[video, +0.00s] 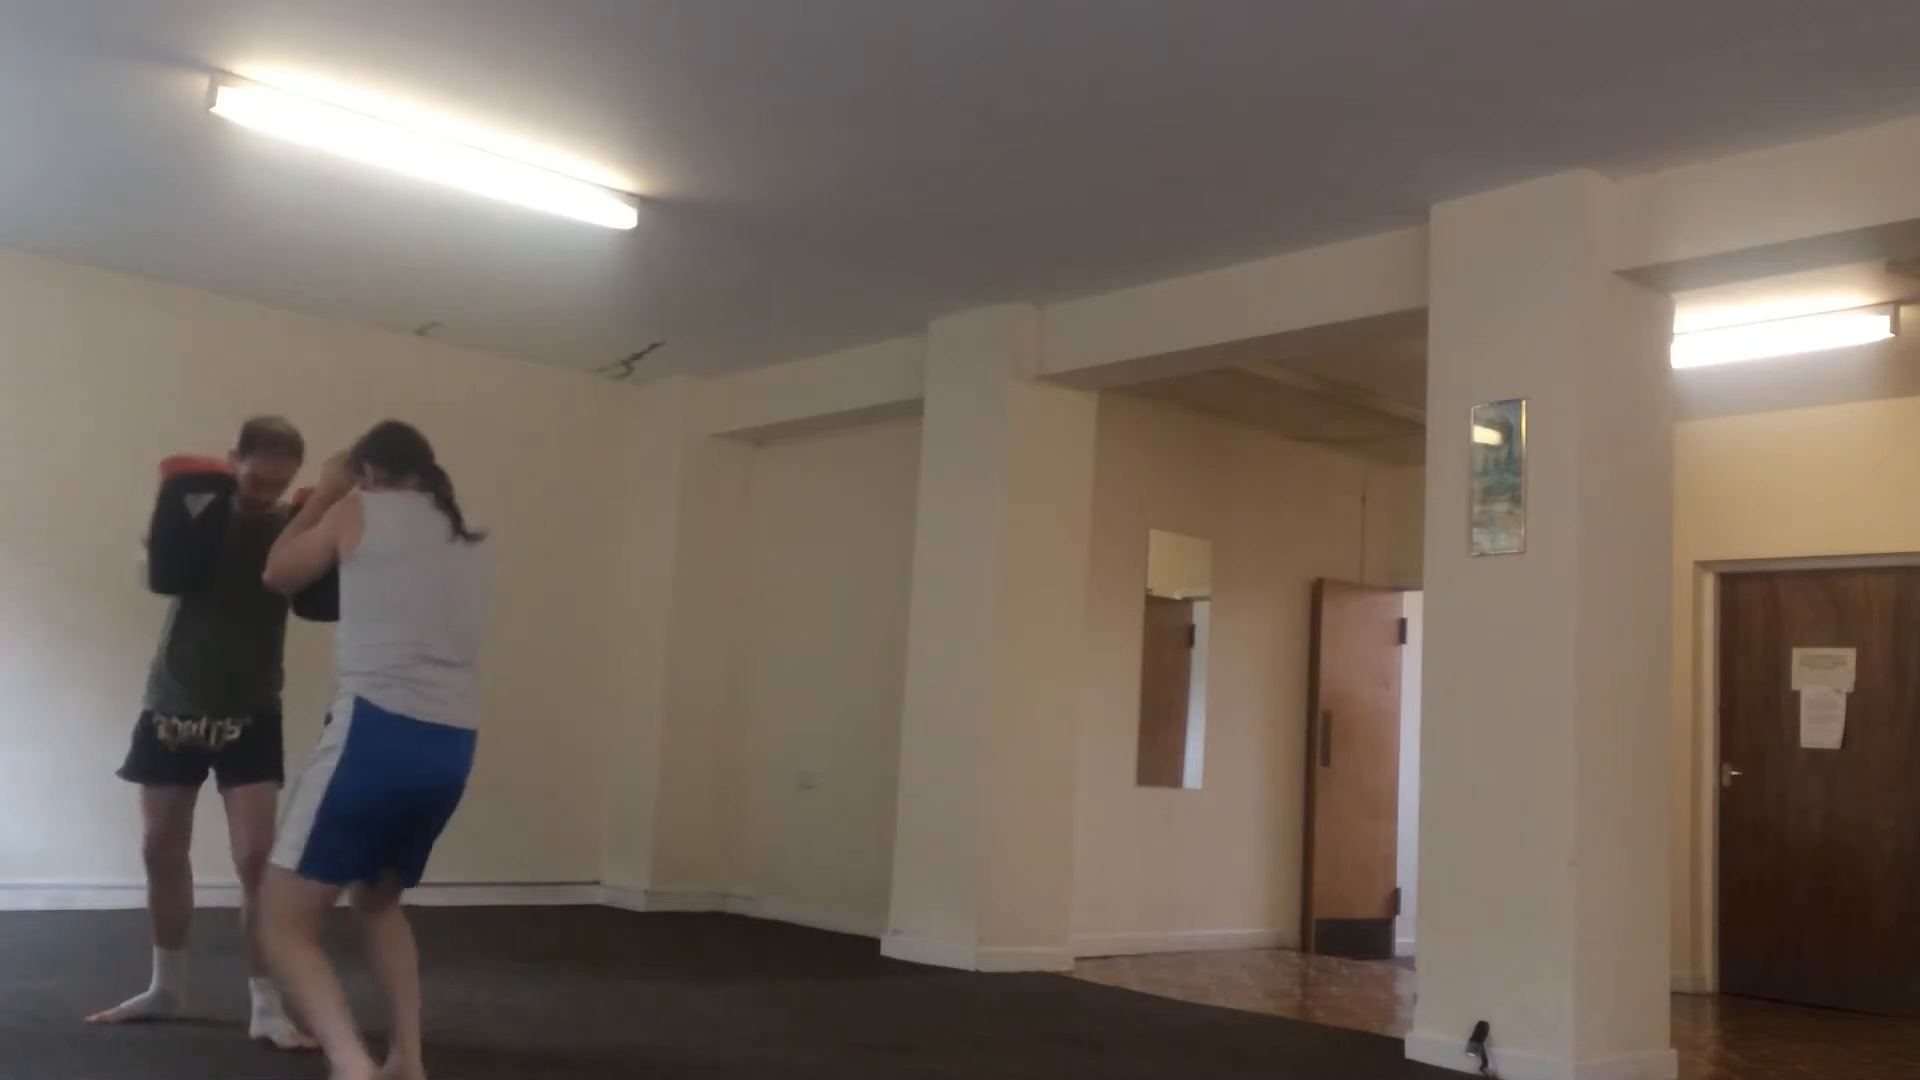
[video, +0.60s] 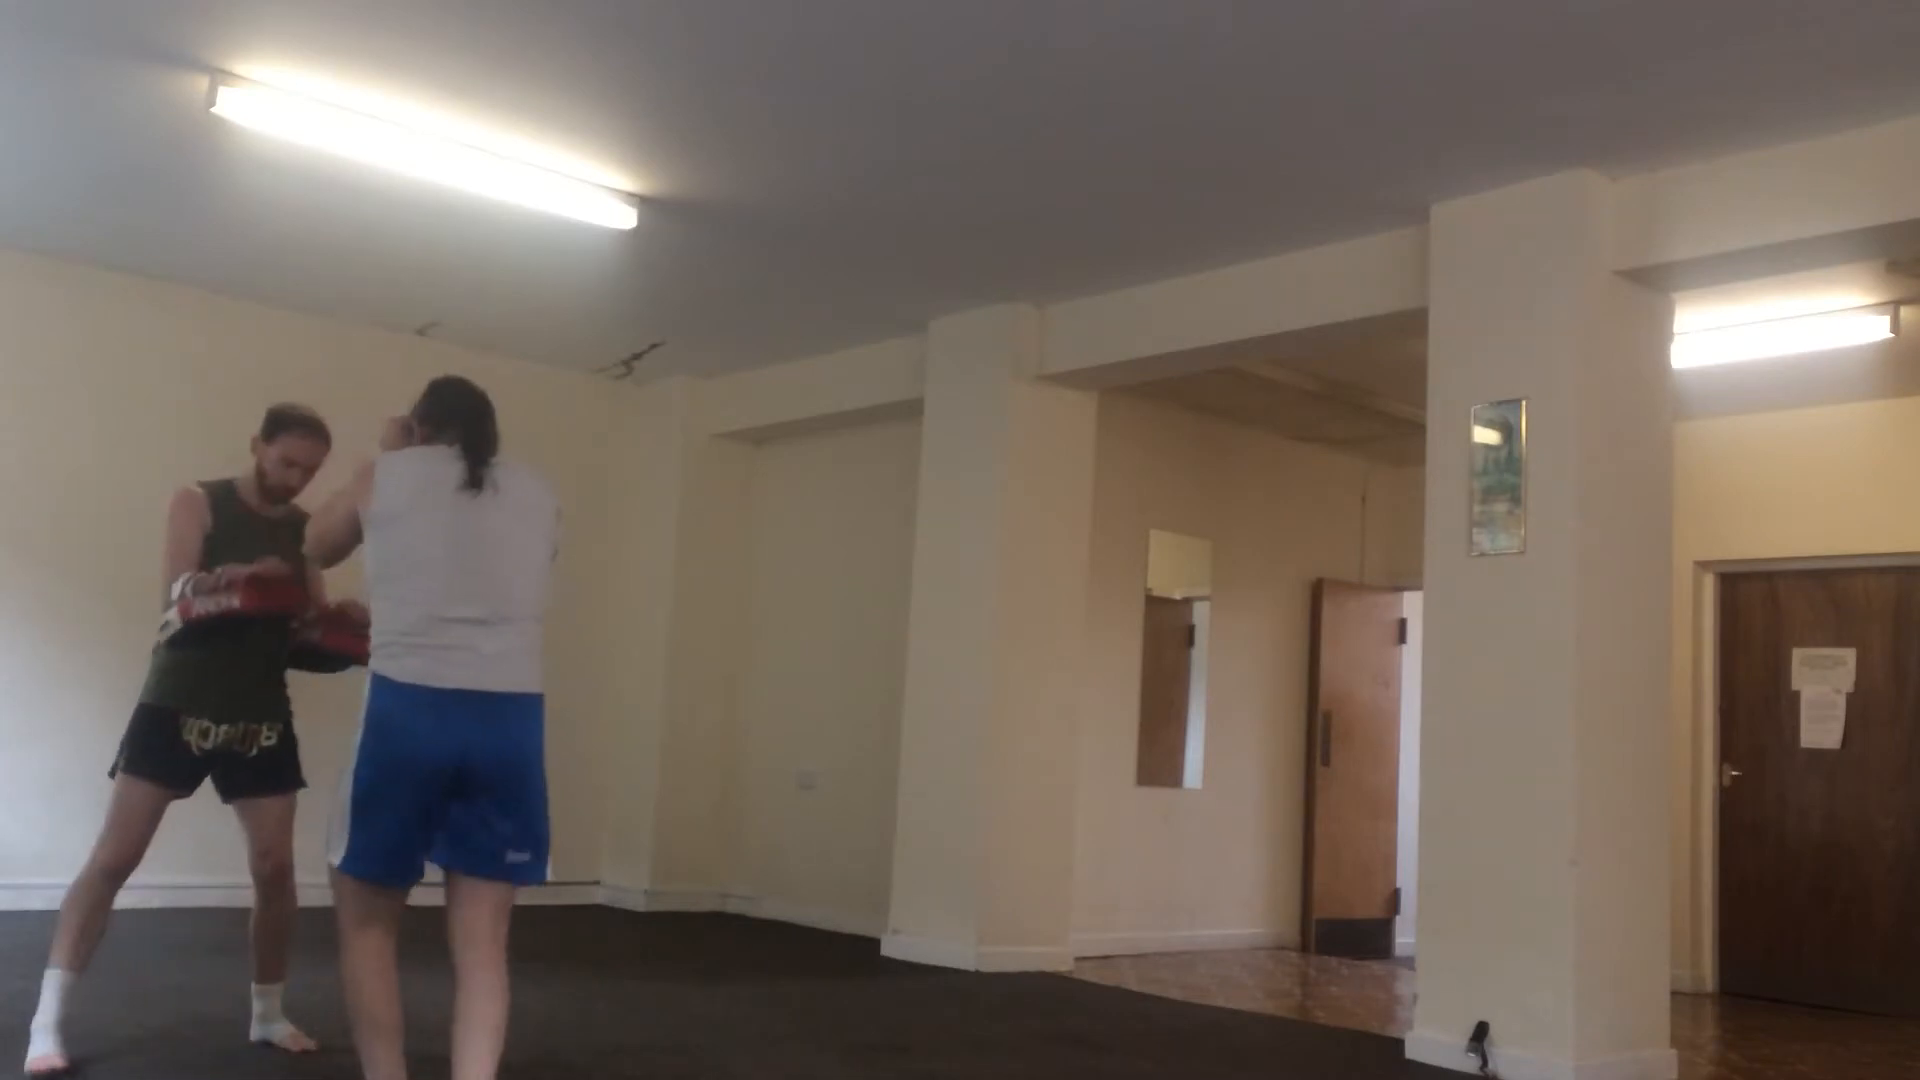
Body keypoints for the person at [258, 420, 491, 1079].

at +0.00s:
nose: (351, 484)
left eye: (352, 474)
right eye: (352, 474)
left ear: (370, 471)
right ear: (427, 475)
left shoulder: (361, 512)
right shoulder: (470, 539)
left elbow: (280, 572)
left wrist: (319, 499)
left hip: (369, 739)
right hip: (448, 751)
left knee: (284, 921)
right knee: (379, 899)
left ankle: (352, 1065)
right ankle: (408, 1058)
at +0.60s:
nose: (406, 420)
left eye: (412, 414)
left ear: (421, 424)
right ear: (489, 429)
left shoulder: (389, 475)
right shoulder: (537, 493)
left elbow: (318, 545)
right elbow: (523, 582)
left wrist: (379, 460)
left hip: (406, 726)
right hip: (509, 729)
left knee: (368, 919)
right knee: (483, 940)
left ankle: (386, 1071)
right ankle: (474, 1075)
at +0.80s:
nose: (428, 409)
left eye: (434, 404)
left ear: (438, 415)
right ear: (510, 423)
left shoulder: (397, 466)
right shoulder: (556, 484)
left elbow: (333, 538)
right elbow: (558, 571)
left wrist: (399, 449)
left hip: (411, 717)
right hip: (519, 723)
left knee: (376, 910)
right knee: (497, 929)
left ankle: (364, 1071)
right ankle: (483, 1073)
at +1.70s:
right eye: (541, 425)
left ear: (459, 427)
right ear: (535, 431)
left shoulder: (402, 483)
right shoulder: (557, 492)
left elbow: (321, 505)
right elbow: (629, 528)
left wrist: (408, 481)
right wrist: (560, 451)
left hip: (378, 730)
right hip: (485, 736)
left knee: (365, 946)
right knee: (509, 950)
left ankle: (345, 1073)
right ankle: (478, 1075)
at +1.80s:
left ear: (466, 454)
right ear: (542, 461)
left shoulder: (406, 510)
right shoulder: (560, 521)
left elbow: (285, 533)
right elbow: (642, 546)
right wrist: (571, 472)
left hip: (373, 757)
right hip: (479, 765)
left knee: (355, 924)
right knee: (525, 963)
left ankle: (314, 1072)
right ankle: (489, 1076)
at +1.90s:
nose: (451, 464)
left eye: (454, 455)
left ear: (454, 460)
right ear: (528, 466)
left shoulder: (395, 519)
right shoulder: (556, 533)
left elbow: (264, 560)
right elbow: (623, 558)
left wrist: (151, 583)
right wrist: (554, 484)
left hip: (364, 762)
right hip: (466, 775)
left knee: (340, 912)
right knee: (523, 975)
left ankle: (302, 1069)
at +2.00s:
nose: (409, 457)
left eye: (414, 447)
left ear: (422, 453)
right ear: (493, 459)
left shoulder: (375, 520)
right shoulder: (526, 535)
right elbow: (582, 566)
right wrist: (508, 492)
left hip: (358, 766)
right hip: (459, 776)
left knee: (323, 910)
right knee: (498, 986)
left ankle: (310, 1066)